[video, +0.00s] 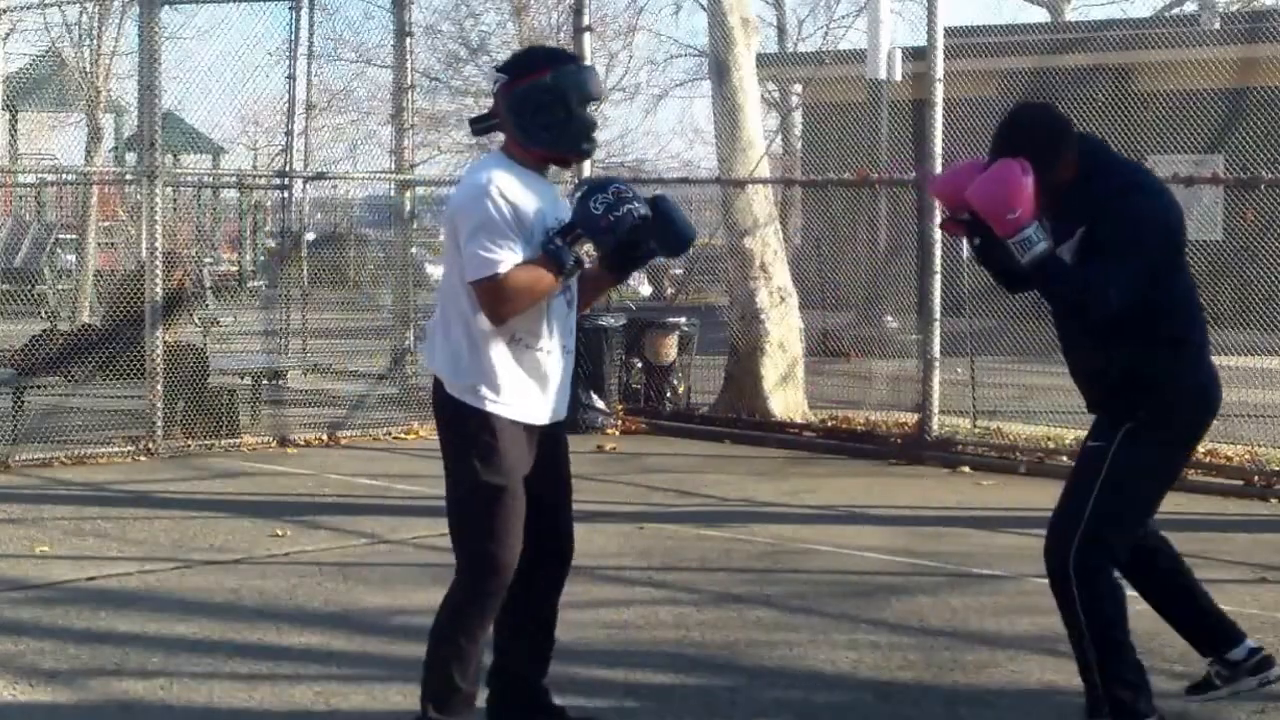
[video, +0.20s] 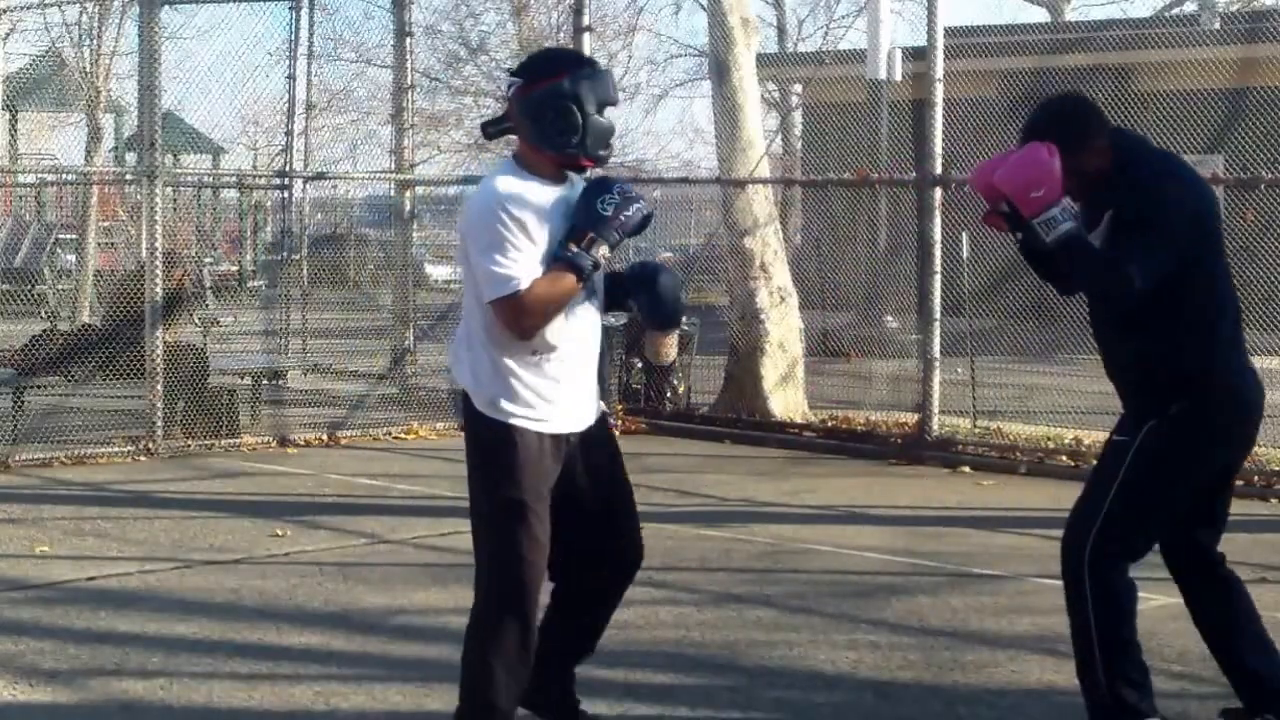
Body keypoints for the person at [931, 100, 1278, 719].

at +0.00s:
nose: (1020, 199)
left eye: (1025, 183)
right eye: (1015, 185)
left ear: (1060, 167)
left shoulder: (1134, 204)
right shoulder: (1063, 194)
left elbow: (1099, 307)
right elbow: (1026, 278)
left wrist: (1032, 241)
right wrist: (980, 231)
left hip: (1165, 402)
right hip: (1127, 400)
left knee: (1075, 551)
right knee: (1120, 535)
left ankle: (1123, 706)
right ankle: (1237, 656)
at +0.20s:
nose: (1060, 188)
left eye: (1060, 173)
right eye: (1052, 176)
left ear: (1093, 152)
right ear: (1092, 150)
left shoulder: (1164, 189)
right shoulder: (1113, 187)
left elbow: (1121, 286)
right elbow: (1070, 276)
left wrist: (1050, 215)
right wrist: (1022, 224)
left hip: (1192, 407)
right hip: (1182, 403)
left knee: (1090, 551)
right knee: (1192, 555)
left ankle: (1121, 708)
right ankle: (1267, 697)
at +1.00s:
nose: (1226, 156)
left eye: (1231, 140)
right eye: (1223, 143)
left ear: (1262, 132)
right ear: (1263, 134)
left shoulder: (1272, 202)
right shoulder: (1265, 200)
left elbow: (1223, 276)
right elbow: (1221, 277)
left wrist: (1185, 195)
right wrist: (1169, 213)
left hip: (1255, 431)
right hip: (1254, 426)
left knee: (1162, 568)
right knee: (1164, 567)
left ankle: (1119, 707)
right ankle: (1122, 705)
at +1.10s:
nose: (1265, 153)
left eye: (1269, 140)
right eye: (1263, 141)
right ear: (1261, 140)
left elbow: (1262, 272)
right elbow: (1262, 270)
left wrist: (1226, 198)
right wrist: (1228, 202)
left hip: (1278, 415)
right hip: (1276, 412)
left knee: (1216, 557)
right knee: (1217, 557)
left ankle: (1175, 704)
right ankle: (1176, 702)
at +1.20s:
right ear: (1267, 153)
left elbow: (1266, 244)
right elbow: (1267, 243)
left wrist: (1240, 163)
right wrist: (1241, 165)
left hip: (1277, 422)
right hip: (1277, 419)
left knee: (1263, 557)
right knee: (1262, 557)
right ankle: (1270, 690)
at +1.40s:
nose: (1251, 233)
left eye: (1250, 212)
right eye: (1247, 216)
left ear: (1261, 204)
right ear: (1261, 204)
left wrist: (1261, 209)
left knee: (1253, 537)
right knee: (1249, 535)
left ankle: (1257, 701)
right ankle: (1256, 699)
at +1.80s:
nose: (1219, 169)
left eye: (1221, 155)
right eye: (1216, 158)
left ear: (1247, 143)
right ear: (1262, 138)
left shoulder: (1263, 196)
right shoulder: (1264, 194)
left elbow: (1223, 313)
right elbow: (1230, 306)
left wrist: (1166, 233)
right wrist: (1228, 213)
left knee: (1265, 625)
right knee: (1265, 622)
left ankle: (1264, 701)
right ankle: (1261, 696)